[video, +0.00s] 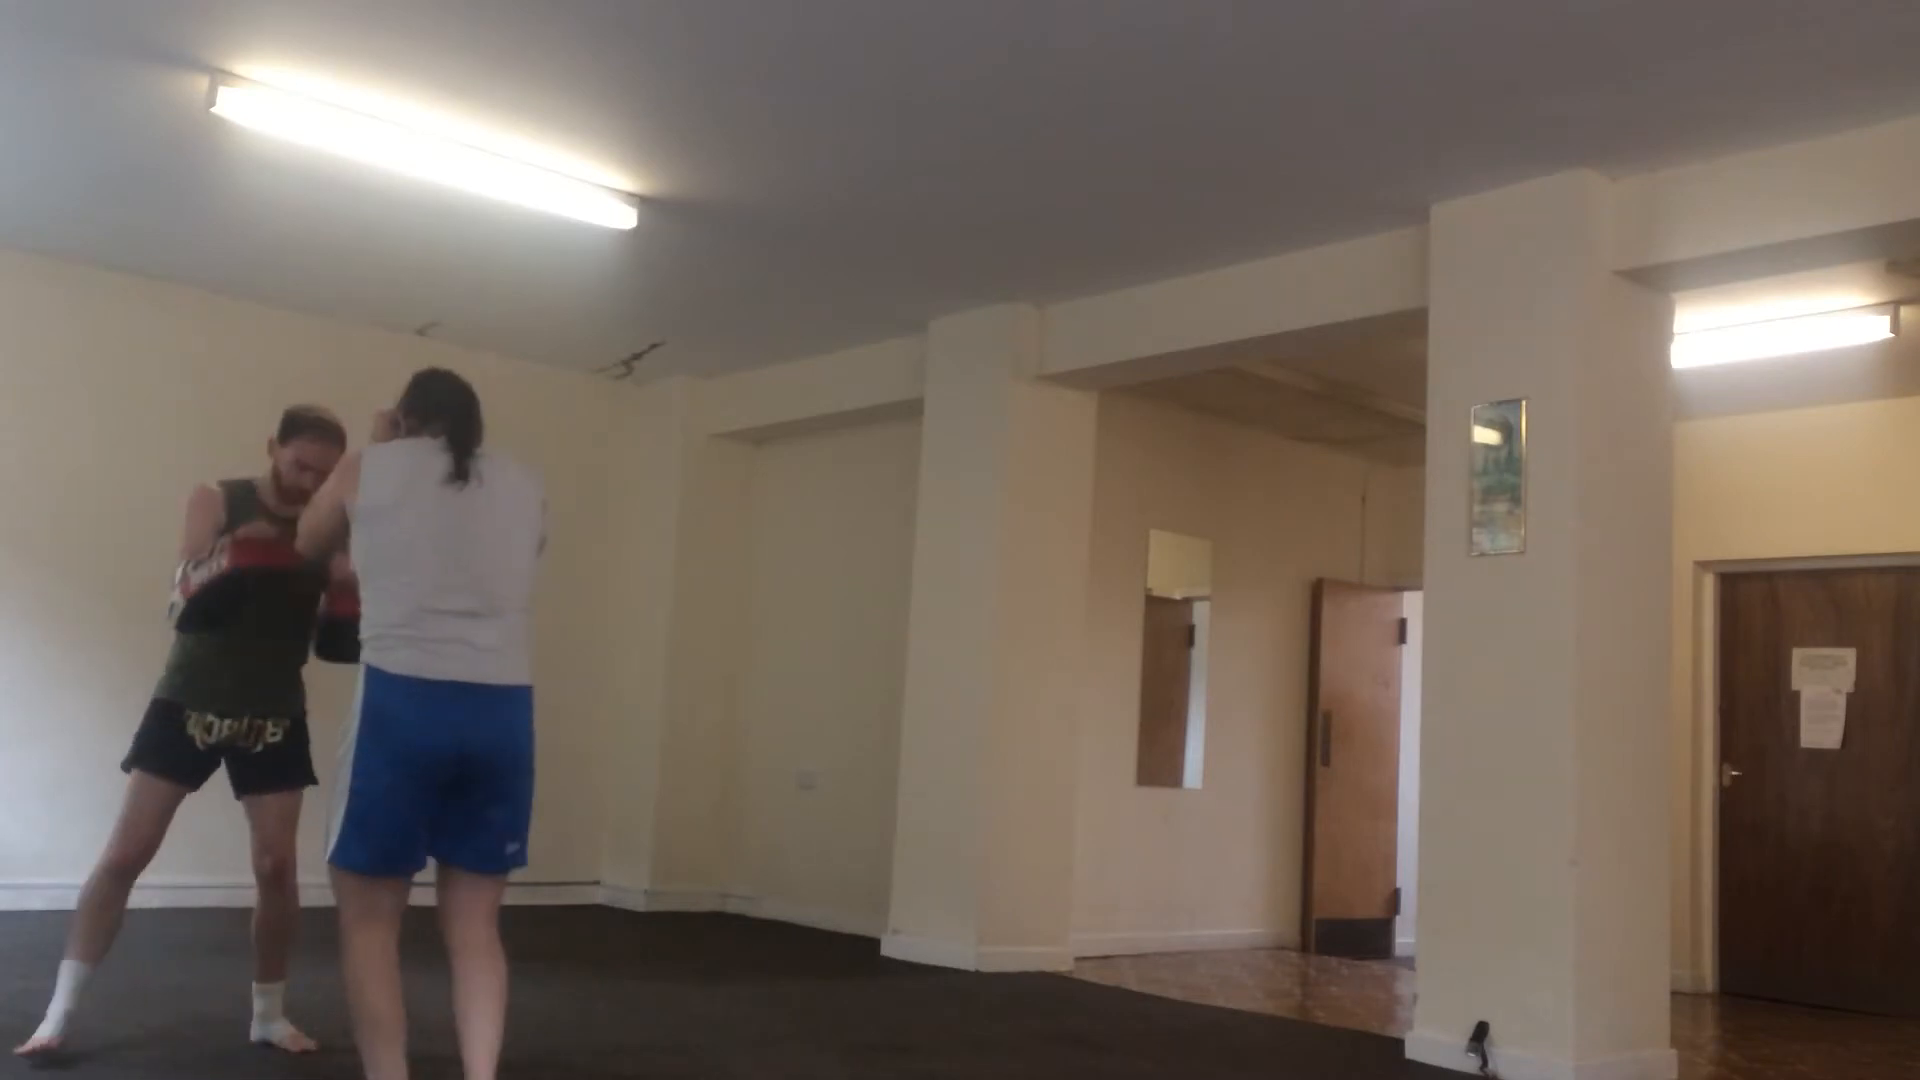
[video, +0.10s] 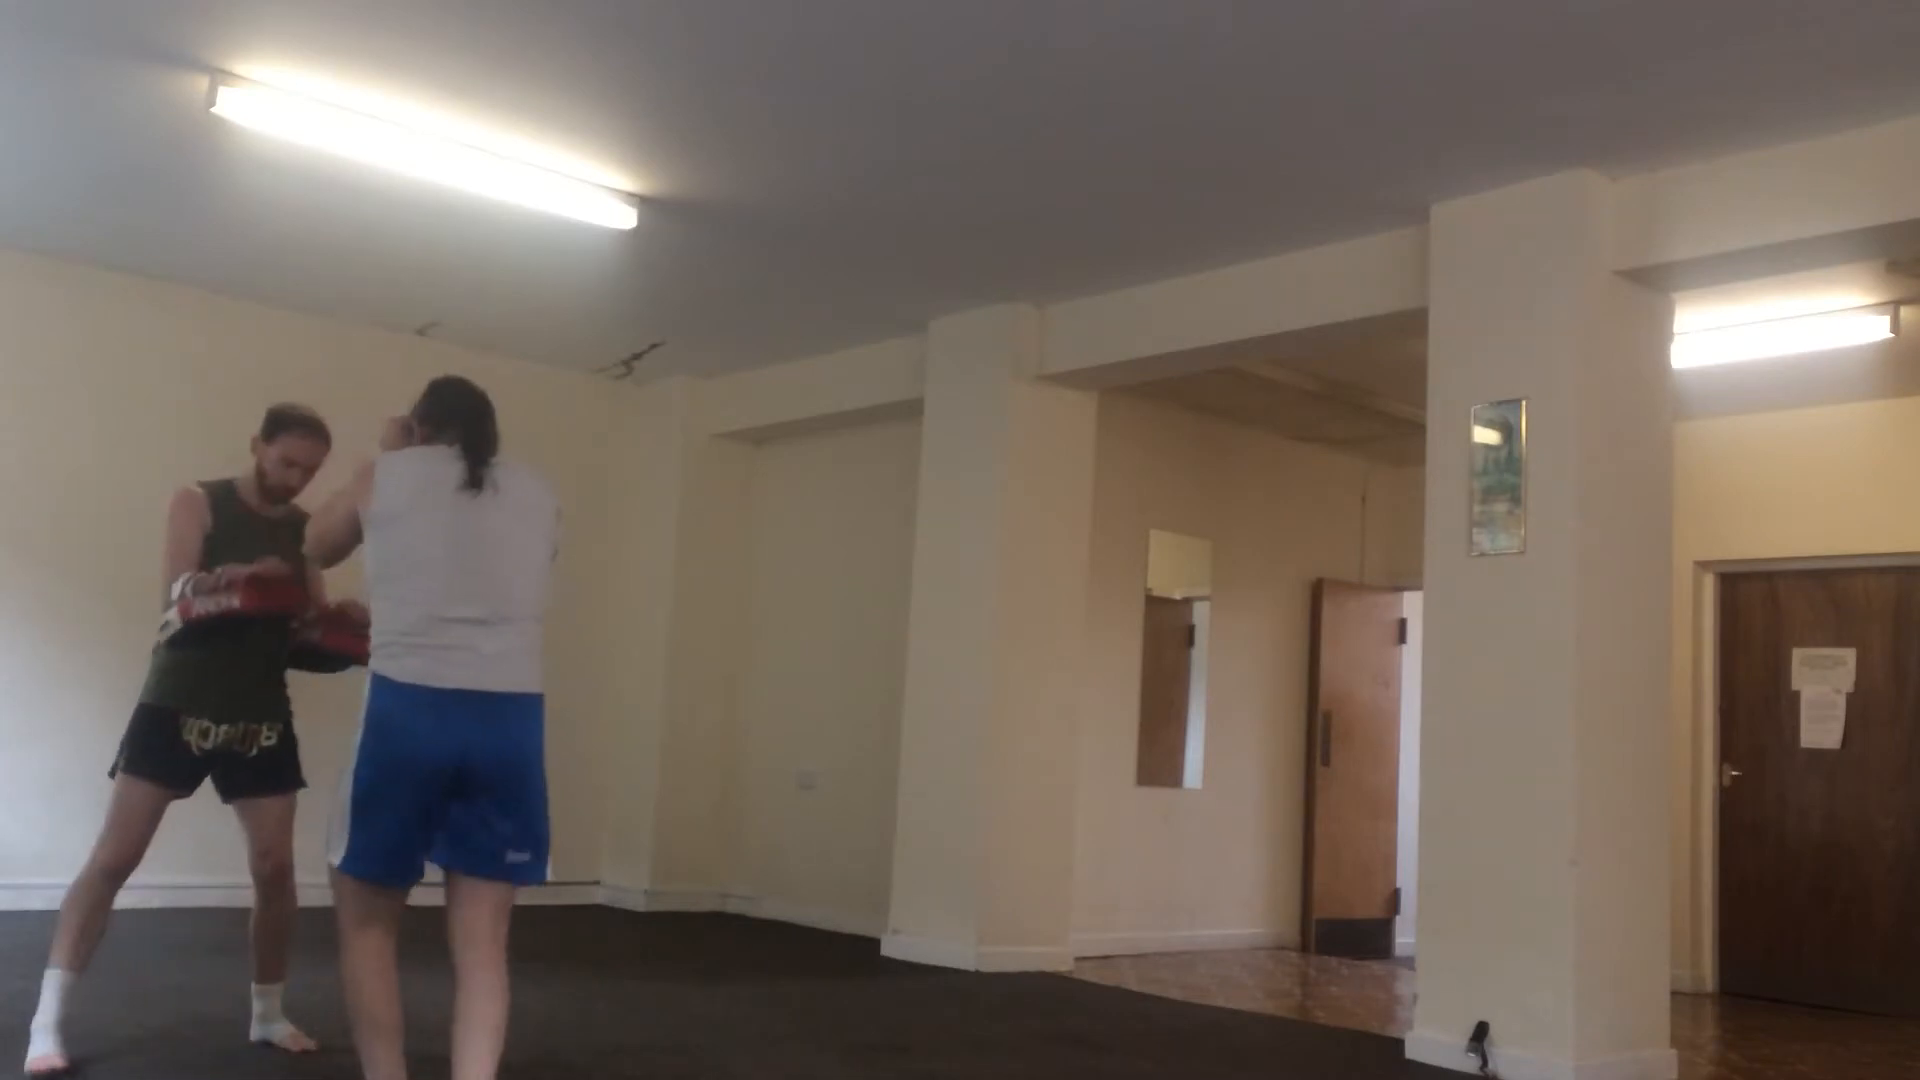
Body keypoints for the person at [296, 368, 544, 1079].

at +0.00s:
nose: (389, 414)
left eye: (395, 408)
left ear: (406, 416)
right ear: (474, 424)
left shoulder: (369, 466)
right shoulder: (524, 485)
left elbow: (311, 538)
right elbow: (520, 570)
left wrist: (368, 452)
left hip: (402, 715)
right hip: (501, 720)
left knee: (370, 915)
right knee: (476, 922)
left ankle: (387, 1071)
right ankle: (482, 1073)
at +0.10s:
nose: (406, 420)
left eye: (412, 414)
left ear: (421, 424)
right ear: (489, 429)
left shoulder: (389, 475)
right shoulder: (537, 493)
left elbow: (318, 545)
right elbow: (523, 582)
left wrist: (379, 460)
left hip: (406, 726)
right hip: (509, 729)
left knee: (368, 919)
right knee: (483, 940)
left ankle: (386, 1071)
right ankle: (474, 1075)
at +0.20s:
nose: (419, 425)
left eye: (425, 419)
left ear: (433, 429)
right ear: (504, 436)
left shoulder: (398, 478)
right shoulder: (551, 498)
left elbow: (325, 545)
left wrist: (392, 462)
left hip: (411, 726)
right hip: (519, 731)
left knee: (368, 919)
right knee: (497, 947)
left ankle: (369, 1071)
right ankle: (482, 1075)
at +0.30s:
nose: (428, 409)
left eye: (434, 404)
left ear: (438, 415)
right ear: (510, 423)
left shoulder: (397, 466)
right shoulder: (556, 484)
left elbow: (333, 538)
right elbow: (558, 571)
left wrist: (399, 449)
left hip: (411, 717)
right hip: (519, 723)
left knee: (376, 910)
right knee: (497, 929)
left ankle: (364, 1071)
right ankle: (483, 1073)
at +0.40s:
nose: (427, 403)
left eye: (433, 397)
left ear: (437, 406)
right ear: (511, 415)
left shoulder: (391, 459)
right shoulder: (555, 473)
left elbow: (331, 529)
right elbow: (572, 551)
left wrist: (397, 445)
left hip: (405, 711)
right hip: (513, 717)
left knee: (379, 925)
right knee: (497, 933)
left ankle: (355, 1072)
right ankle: (482, 1073)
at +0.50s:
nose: (421, 406)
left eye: (428, 399)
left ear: (431, 407)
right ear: (508, 415)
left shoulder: (384, 462)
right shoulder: (549, 472)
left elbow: (329, 533)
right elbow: (579, 546)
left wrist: (398, 450)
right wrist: (521, 491)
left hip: (401, 714)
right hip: (509, 719)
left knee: (374, 944)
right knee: (498, 937)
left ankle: (350, 1073)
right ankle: (483, 1073)